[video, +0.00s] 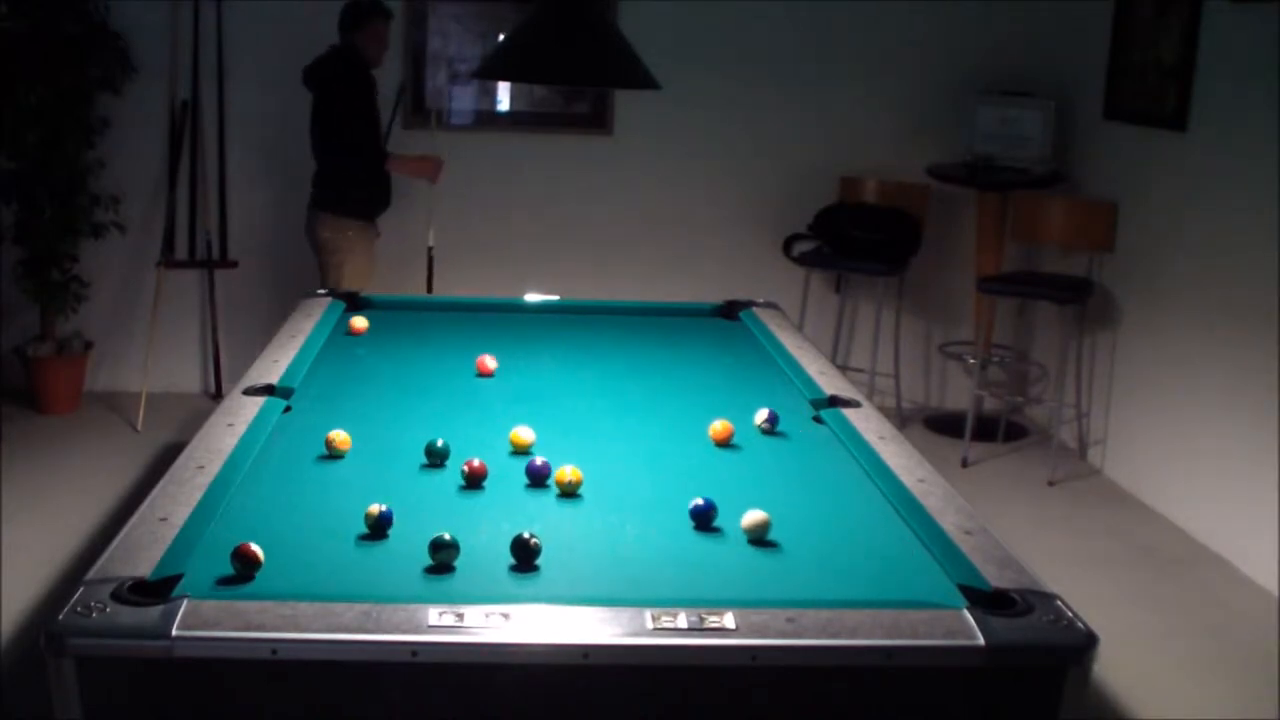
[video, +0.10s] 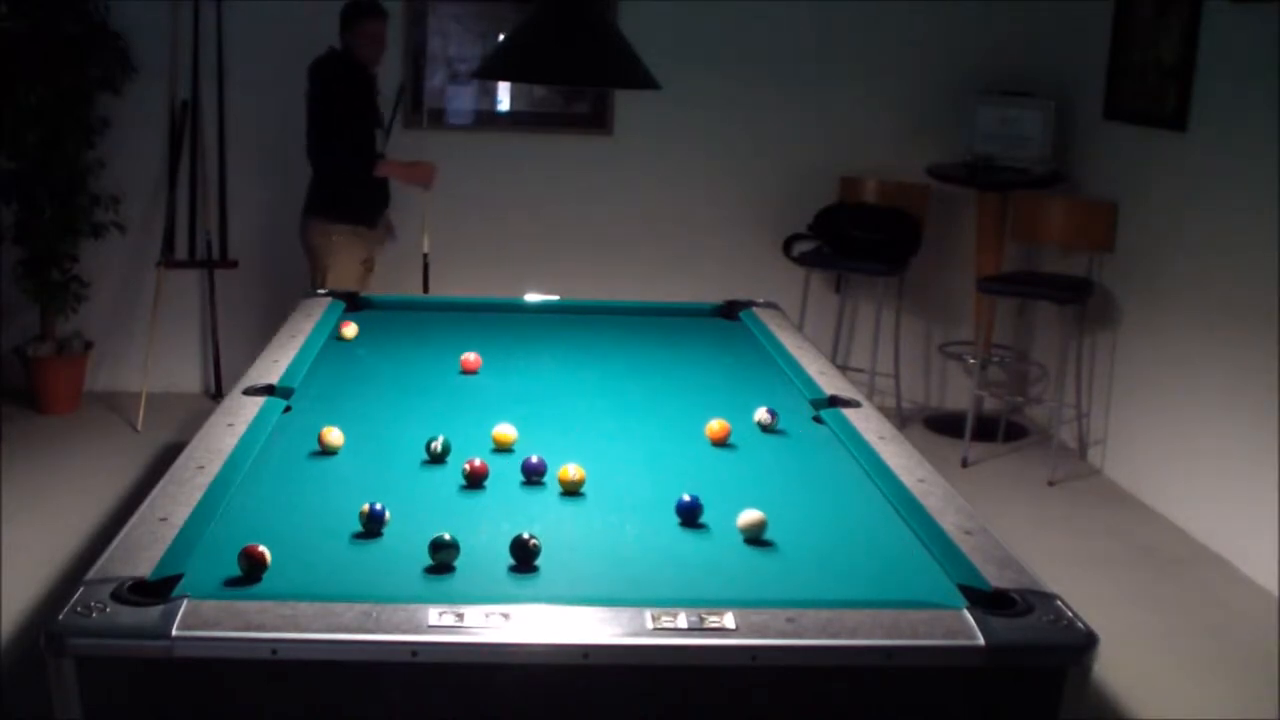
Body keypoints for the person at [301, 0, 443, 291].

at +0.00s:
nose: (385, 43)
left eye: (385, 34)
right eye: (379, 34)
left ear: (352, 34)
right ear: (362, 34)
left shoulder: (337, 73)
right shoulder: (350, 76)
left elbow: (351, 153)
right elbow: (359, 153)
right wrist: (411, 166)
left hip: (337, 215)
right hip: (347, 219)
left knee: (345, 314)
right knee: (350, 315)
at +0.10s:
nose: (379, 45)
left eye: (381, 36)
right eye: (371, 36)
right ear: (352, 35)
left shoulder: (358, 76)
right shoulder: (339, 75)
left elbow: (357, 155)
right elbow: (347, 156)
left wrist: (377, 211)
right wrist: (401, 170)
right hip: (340, 223)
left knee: (343, 321)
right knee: (338, 319)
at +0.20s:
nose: (375, 46)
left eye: (378, 37)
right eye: (366, 37)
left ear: (382, 38)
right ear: (345, 37)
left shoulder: (367, 87)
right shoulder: (329, 82)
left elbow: (362, 164)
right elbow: (339, 160)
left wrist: (396, 217)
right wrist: (397, 172)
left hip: (362, 227)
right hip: (332, 228)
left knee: (363, 324)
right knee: (333, 325)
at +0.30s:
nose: (367, 46)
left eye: (372, 37)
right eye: (358, 37)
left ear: (378, 38)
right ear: (339, 37)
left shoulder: (381, 93)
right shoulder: (318, 89)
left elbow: (386, 160)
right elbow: (328, 166)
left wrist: (403, 212)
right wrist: (392, 168)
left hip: (369, 230)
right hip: (328, 230)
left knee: (366, 328)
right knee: (327, 327)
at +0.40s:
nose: (361, 46)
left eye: (366, 37)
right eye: (352, 37)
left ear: (374, 39)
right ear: (333, 39)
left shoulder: (384, 92)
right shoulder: (311, 92)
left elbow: (396, 158)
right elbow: (322, 166)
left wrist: (403, 210)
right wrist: (388, 164)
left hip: (373, 231)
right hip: (327, 232)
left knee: (373, 332)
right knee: (326, 331)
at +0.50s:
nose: (358, 48)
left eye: (364, 38)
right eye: (350, 39)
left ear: (372, 38)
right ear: (331, 41)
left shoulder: (387, 91)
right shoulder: (309, 93)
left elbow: (400, 159)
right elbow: (318, 171)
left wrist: (400, 210)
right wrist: (387, 165)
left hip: (379, 236)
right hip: (329, 236)